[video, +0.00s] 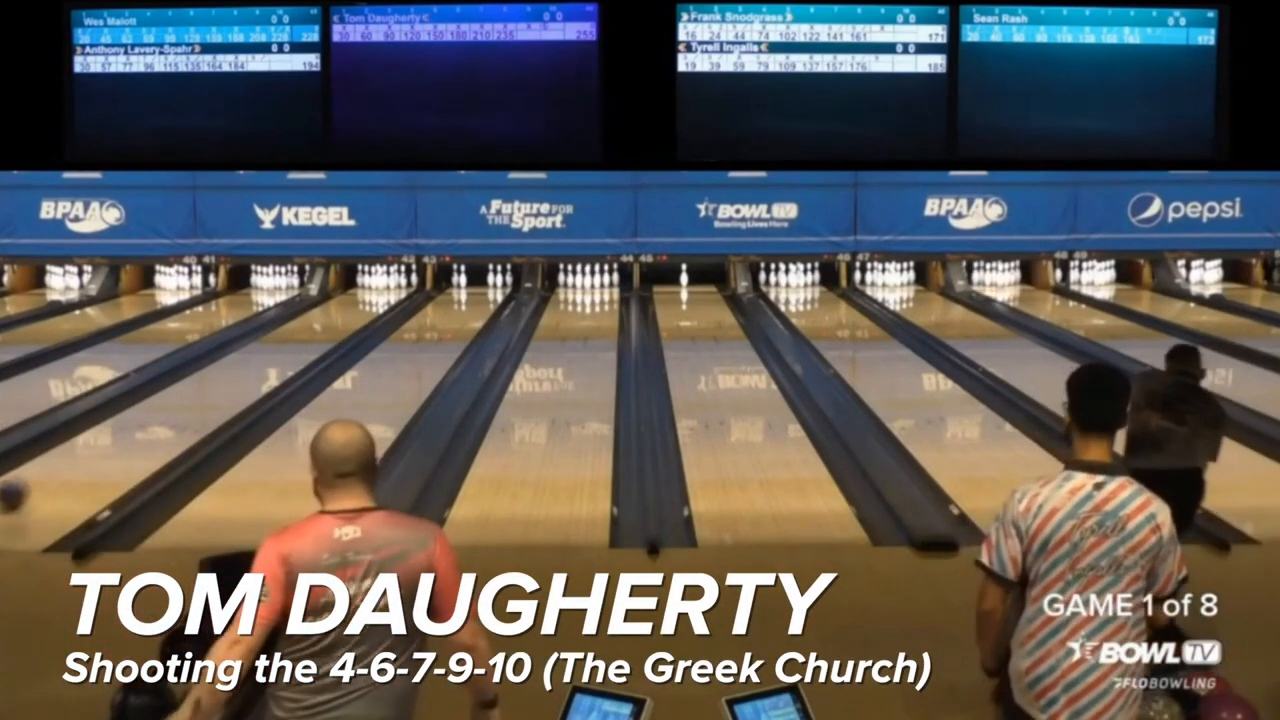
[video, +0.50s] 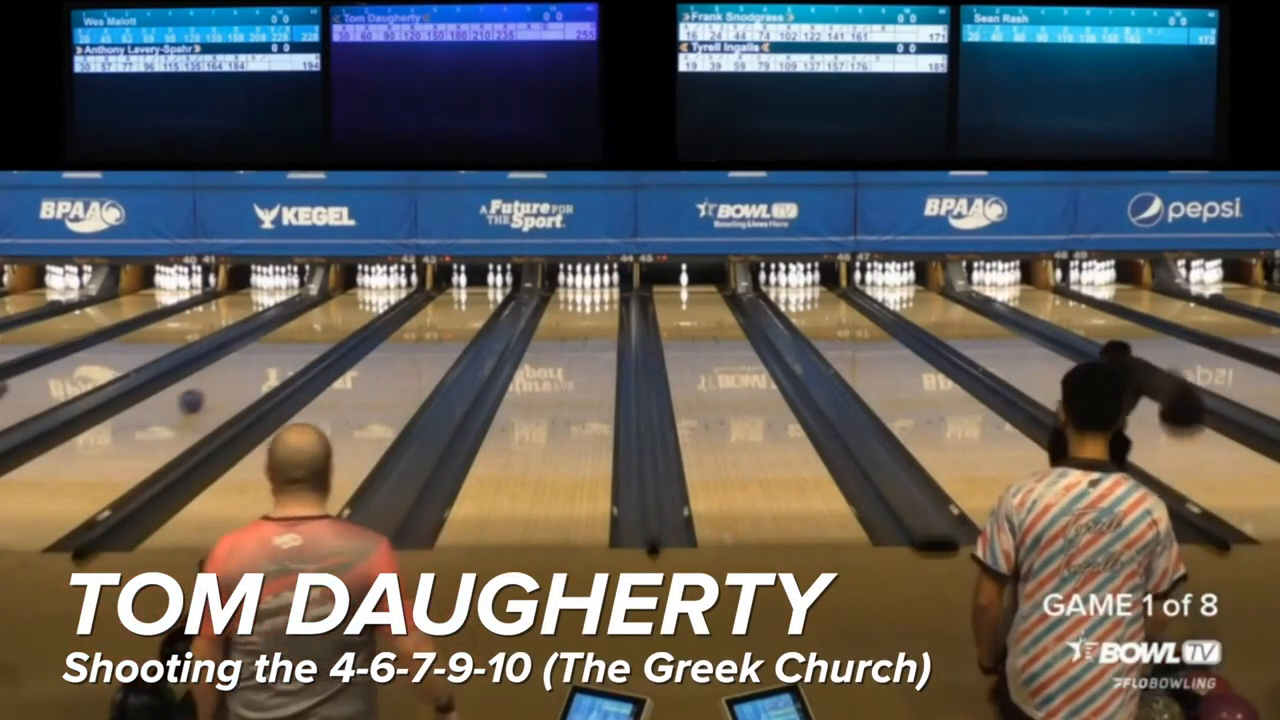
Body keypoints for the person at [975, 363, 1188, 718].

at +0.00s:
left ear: (1068, 416)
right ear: (1124, 419)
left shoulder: (1030, 503)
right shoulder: (1154, 512)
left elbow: (991, 605)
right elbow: (1162, 610)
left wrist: (993, 667)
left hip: (1036, 686)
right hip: (1115, 692)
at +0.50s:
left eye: (1061, 405)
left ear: (1063, 413)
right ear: (1122, 419)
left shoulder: (1024, 497)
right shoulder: (1149, 508)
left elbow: (987, 600)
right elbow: (1160, 607)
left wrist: (990, 662)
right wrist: (1141, 650)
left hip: (1033, 686)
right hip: (1112, 692)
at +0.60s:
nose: (1056, 409)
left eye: (1058, 403)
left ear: (1062, 411)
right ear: (1120, 417)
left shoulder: (1023, 497)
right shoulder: (1150, 507)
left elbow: (986, 599)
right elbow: (1159, 599)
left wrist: (990, 661)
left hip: (1033, 686)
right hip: (1112, 692)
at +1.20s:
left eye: (1058, 404)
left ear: (1062, 413)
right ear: (1118, 416)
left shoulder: (1023, 493)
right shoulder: (1152, 506)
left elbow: (986, 597)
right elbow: (1160, 609)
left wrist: (987, 663)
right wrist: (1139, 672)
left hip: (1032, 686)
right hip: (1110, 692)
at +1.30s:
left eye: (1059, 408)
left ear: (1061, 414)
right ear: (1117, 419)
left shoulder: (1022, 498)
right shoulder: (1147, 511)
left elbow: (984, 601)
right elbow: (1156, 611)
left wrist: (986, 665)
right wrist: (1138, 670)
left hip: (1030, 683)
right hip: (1108, 691)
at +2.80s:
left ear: (1070, 415)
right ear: (1127, 421)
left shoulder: (1032, 497)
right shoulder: (1153, 514)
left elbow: (991, 601)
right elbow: (1154, 615)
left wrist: (987, 665)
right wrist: (1137, 673)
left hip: (1032, 686)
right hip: (1109, 696)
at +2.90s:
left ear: (1070, 415)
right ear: (1126, 423)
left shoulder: (1031, 497)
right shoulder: (1152, 514)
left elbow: (991, 600)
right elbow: (1154, 614)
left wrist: (988, 667)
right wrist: (1137, 673)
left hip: (1032, 685)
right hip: (1109, 694)